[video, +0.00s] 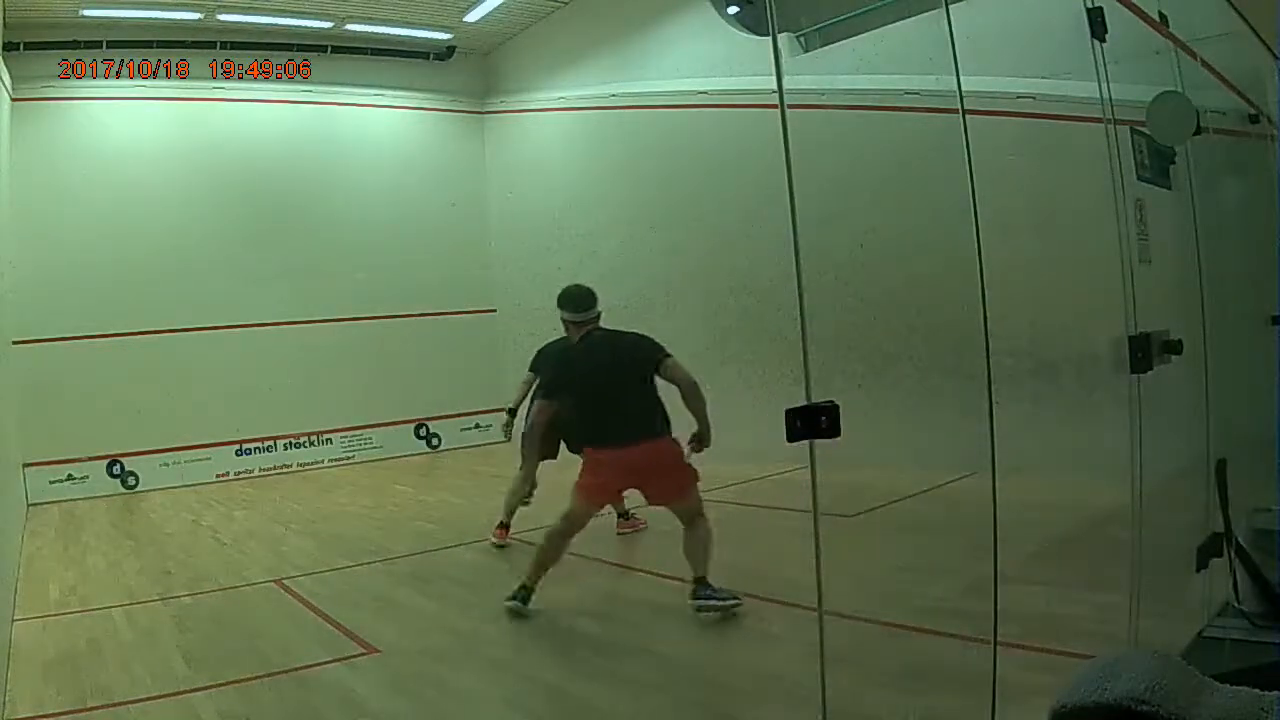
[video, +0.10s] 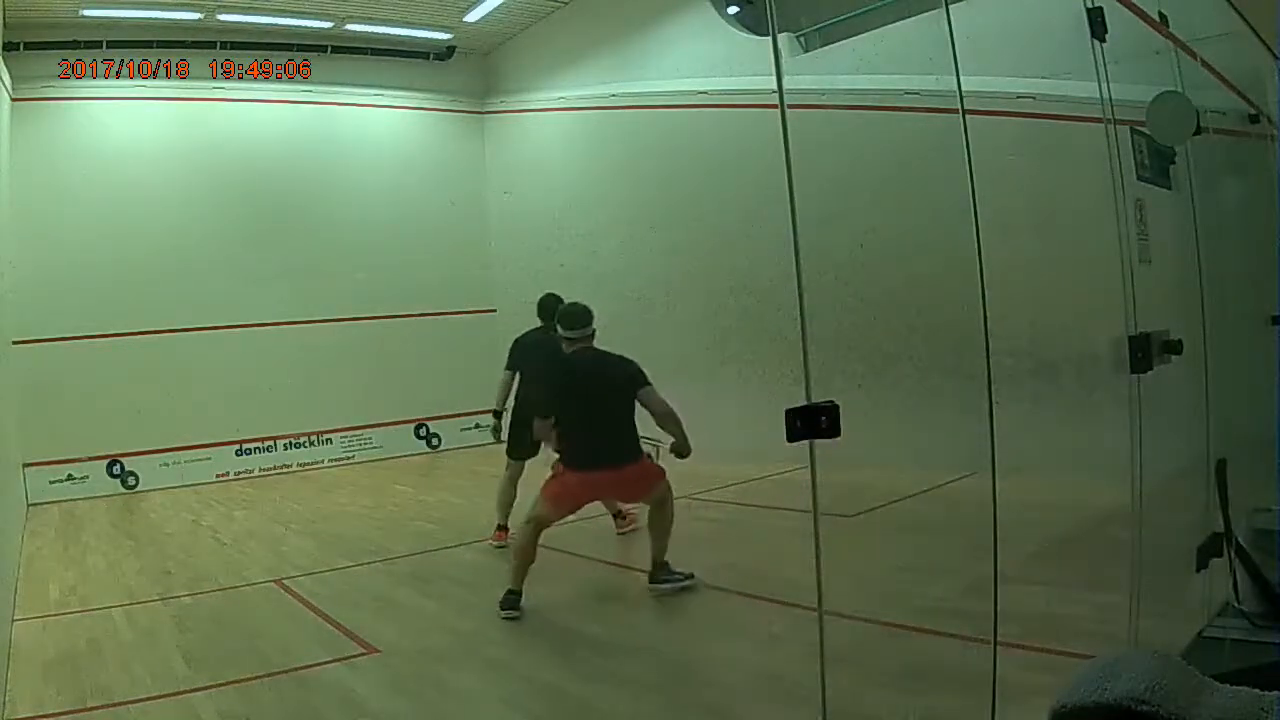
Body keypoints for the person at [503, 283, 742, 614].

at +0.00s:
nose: (563, 325)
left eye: (563, 320)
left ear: (565, 321)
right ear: (598, 315)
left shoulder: (560, 362)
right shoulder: (636, 343)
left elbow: (535, 425)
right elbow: (687, 382)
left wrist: (528, 477)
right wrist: (703, 426)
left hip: (603, 462)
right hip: (658, 454)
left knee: (567, 526)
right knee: (694, 518)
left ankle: (526, 588)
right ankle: (702, 587)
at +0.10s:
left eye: (560, 335)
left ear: (561, 336)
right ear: (593, 331)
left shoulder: (553, 374)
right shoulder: (622, 366)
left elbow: (541, 431)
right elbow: (660, 410)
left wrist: (567, 443)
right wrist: (681, 440)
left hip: (577, 478)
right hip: (630, 473)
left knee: (532, 523)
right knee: (661, 495)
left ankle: (513, 594)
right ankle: (660, 569)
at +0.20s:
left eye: (583, 320)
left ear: (581, 322)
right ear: (613, 321)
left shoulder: (569, 363)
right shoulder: (634, 361)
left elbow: (572, 406)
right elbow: (665, 407)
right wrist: (684, 431)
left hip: (579, 462)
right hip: (625, 462)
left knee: (541, 521)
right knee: (660, 476)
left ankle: (515, 585)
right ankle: (644, 543)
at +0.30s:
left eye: (621, 305)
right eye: (640, 305)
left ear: (616, 306)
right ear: (647, 307)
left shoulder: (600, 342)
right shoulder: (660, 347)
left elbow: (598, 383)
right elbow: (680, 397)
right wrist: (693, 429)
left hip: (598, 436)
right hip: (640, 441)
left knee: (567, 500)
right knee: (660, 476)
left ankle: (528, 554)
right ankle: (626, 531)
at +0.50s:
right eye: (705, 304)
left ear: (681, 305)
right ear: (709, 306)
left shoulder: (661, 336)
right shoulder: (717, 346)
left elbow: (620, 370)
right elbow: (733, 396)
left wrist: (630, 406)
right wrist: (744, 427)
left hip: (651, 419)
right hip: (682, 427)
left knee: (662, 465)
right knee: (653, 492)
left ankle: (623, 502)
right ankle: (610, 538)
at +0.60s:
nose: (735, 295)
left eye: (726, 291)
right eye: (739, 291)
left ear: (716, 291)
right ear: (744, 292)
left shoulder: (698, 320)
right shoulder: (750, 328)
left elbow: (656, 348)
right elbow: (772, 377)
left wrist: (652, 389)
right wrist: (793, 409)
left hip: (691, 401)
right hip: (718, 407)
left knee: (724, 443)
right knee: (684, 471)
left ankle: (713, 501)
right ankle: (635, 517)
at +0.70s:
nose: (780, 299)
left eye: (778, 294)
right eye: (781, 294)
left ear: (757, 291)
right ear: (781, 294)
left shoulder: (736, 316)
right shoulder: (781, 326)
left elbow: (697, 346)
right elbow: (816, 363)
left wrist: (688, 385)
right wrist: (850, 382)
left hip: (729, 401)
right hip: (755, 404)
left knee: (753, 456)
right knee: (751, 468)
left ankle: (758, 508)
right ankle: (698, 489)